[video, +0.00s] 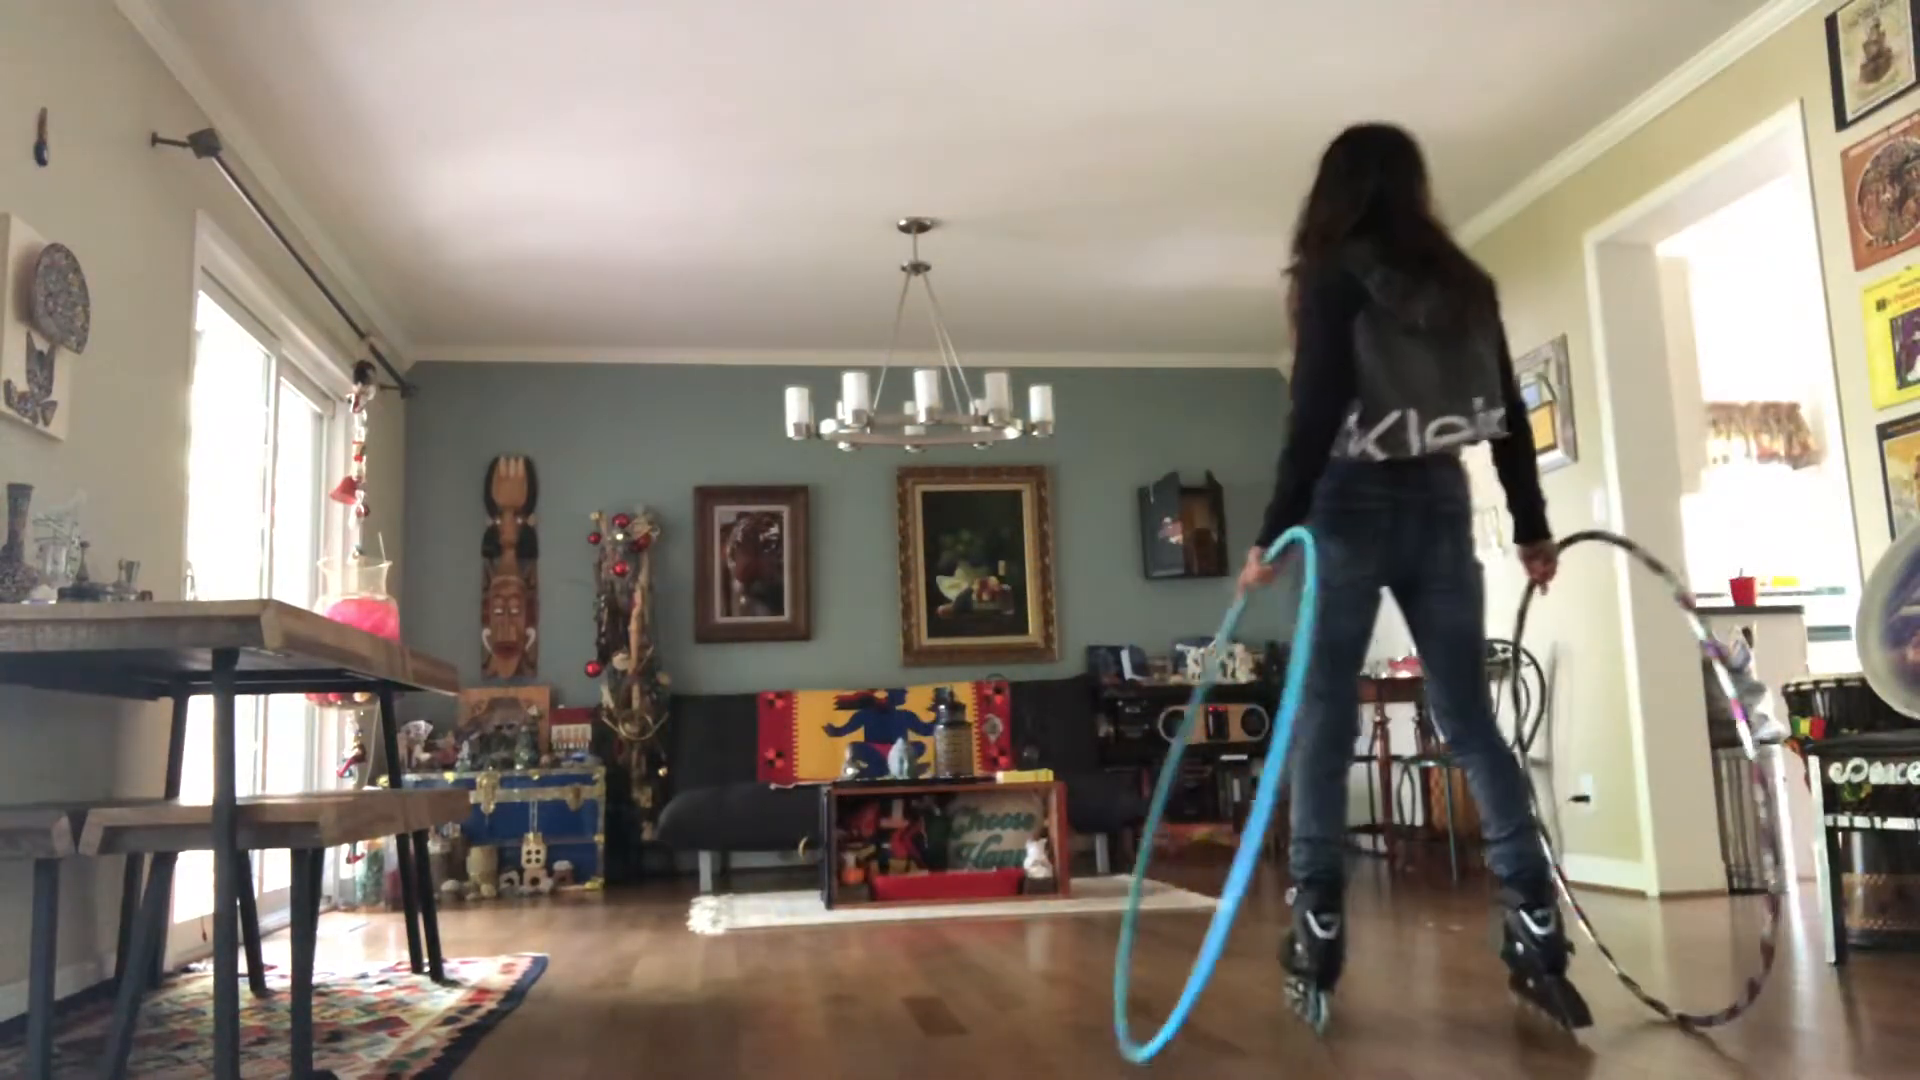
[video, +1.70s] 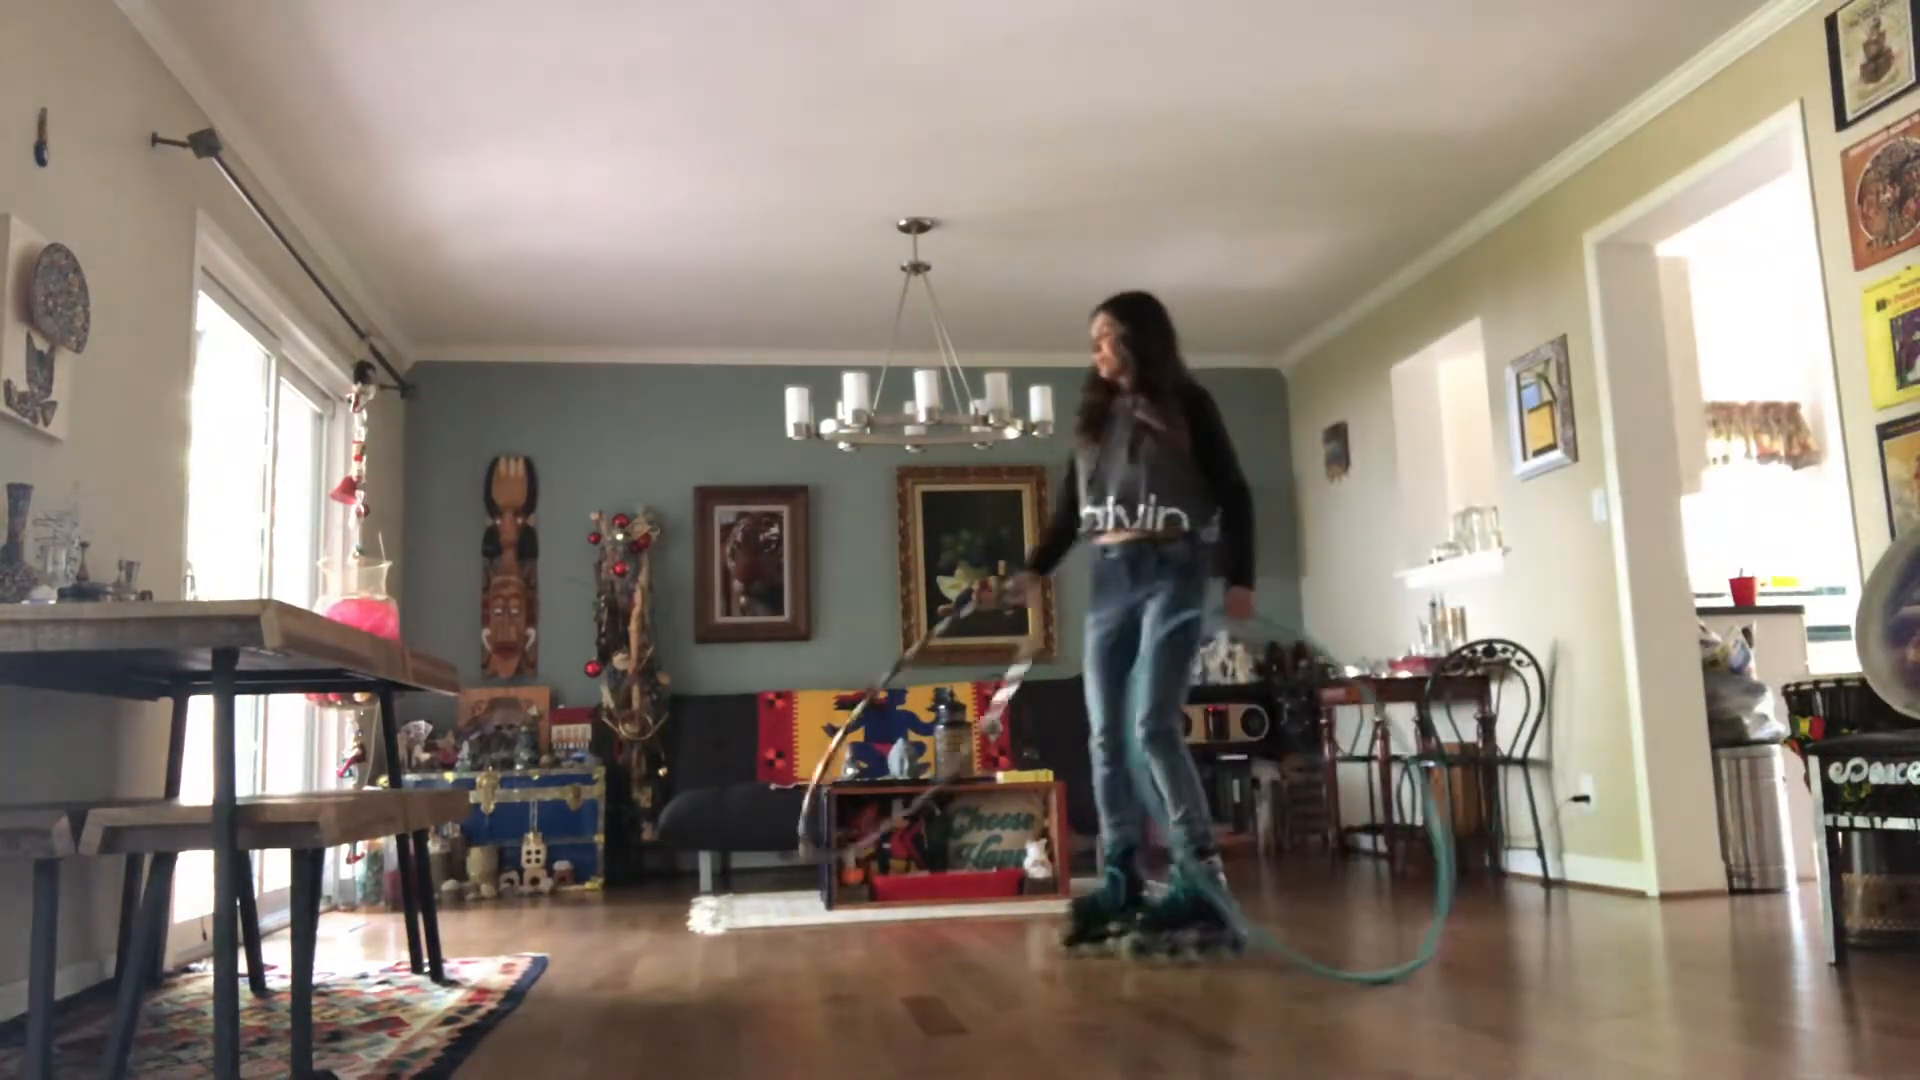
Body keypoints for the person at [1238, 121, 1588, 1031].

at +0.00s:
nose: (1316, 202)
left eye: (1324, 184)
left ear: (1335, 190)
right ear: (1418, 189)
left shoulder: (1329, 274)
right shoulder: (1464, 278)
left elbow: (1318, 403)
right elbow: (1505, 410)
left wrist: (1274, 530)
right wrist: (1531, 525)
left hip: (1351, 502)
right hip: (1443, 500)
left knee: (1326, 712)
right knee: (1469, 718)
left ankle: (1319, 921)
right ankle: (1537, 919)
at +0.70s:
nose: (1266, 306)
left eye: (1270, 290)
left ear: (1276, 296)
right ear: (1350, 288)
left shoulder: (1267, 366)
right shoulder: (1393, 357)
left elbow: (1242, 470)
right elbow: (1447, 448)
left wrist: (1216, 569)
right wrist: (1465, 538)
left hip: (1299, 542)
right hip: (1381, 540)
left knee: (1278, 721)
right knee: (1399, 726)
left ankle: (1286, 882)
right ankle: (1439, 889)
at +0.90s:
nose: (1243, 324)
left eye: (1247, 312)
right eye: (1251, 310)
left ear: (1258, 314)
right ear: (1320, 311)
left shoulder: (1262, 374)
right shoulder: (1356, 380)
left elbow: (1260, 473)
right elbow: (1399, 481)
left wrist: (1229, 573)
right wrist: (1376, 557)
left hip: (1292, 548)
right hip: (1354, 548)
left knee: (1255, 723)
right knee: (1366, 735)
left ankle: (1292, 886)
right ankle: (1409, 894)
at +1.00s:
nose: (1231, 334)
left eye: (1236, 321)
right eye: (1234, 321)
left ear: (1250, 322)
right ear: (1299, 319)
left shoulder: (1266, 378)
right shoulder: (1326, 379)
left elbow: (1274, 478)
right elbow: (1357, 491)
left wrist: (1238, 572)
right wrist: (1328, 551)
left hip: (1290, 561)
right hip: (1332, 561)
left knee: (1237, 729)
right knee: (1336, 735)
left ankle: (1268, 887)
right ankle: (1384, 887)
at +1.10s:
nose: (1206, 334)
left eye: (1214, 323)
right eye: (1209, 323)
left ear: (1238, 330)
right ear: (1264, 327)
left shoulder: (1269, 391)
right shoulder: (1253, 392)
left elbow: (1297, 487)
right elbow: (1268, 492)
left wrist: (1255, 575)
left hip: (1284, 577)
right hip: (1289, 577)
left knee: (1218, 733)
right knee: (1304, 742)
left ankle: (1250, 878)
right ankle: (1347, 878)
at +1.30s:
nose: (1168, 356)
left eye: (1177, 344)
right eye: (1169, 343)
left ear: (1209, 346)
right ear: (1192, 346)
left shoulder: (1252, 402)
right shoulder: (1192, 415)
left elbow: (1296, 494)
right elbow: (1184, 512)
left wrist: (1299, 580)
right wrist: (1157, 580)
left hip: (1240, 569)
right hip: (1204, 573)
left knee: (1187, 726)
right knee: (1217, 734)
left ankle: (1224, 867)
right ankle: (1241, 880)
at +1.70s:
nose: (1103, 353)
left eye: (1113, 341)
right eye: (1097, 343)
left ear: (1145, 340)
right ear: (1096, 349)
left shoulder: (1187, 403)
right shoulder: (1096, 417)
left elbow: (1232, 490)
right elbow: (1072, 507)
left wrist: (1240, 578)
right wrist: (1033, 570)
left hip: (1175, 568)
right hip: (1110, 572)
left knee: (1152, 726)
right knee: (1106, 734)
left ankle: (1198, 880)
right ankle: (1117, 883)